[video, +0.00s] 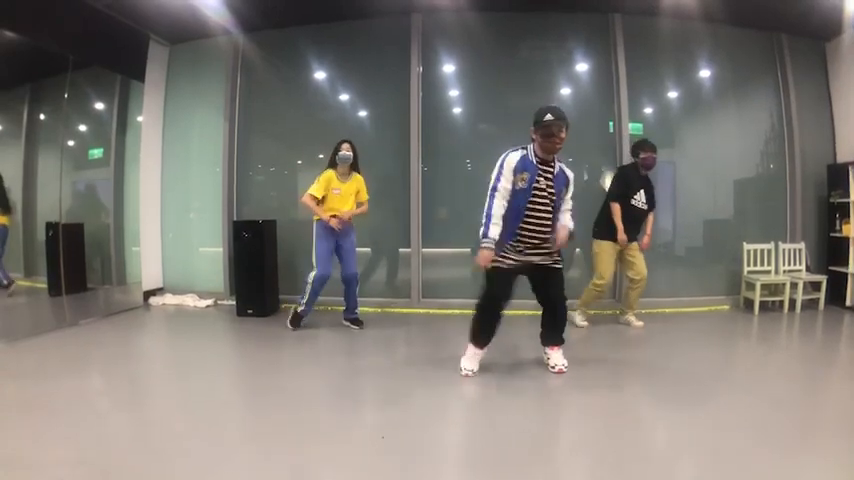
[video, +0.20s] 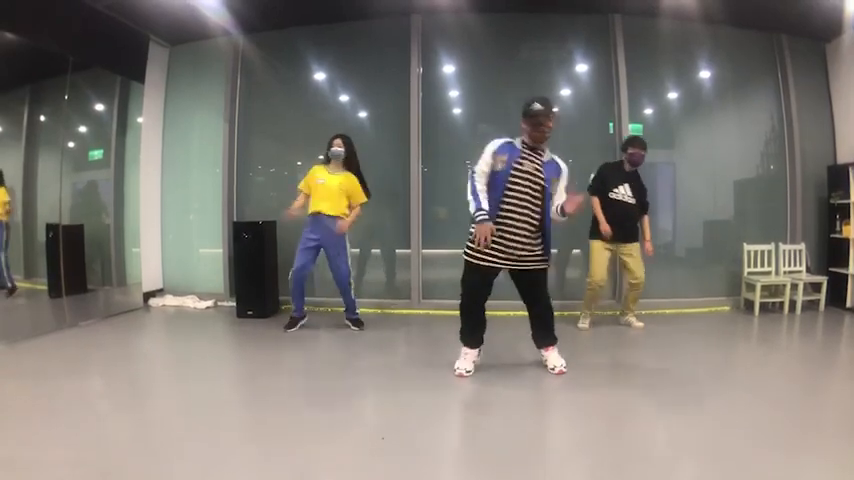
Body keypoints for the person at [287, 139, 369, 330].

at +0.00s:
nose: (345, 153)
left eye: (349, 150)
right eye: (342, 150)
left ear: (354, 156)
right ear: (336, 155)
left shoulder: (358, 179)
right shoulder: (327, 176)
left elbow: (364, 207)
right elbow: (306, 199)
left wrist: (349, 213)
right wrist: (327, 218)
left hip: (346, 228)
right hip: (324, 226)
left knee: (351, 273)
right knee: (323, 272)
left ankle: (351, 314)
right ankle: (301, 312)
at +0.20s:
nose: (336, 149)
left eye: (340, 146)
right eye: (333, 146)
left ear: (347, 151)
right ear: (328, 150)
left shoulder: (350, 178)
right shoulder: (316, 171)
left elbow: (357, 206)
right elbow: (304, 194)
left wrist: (348, 221)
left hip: (335, 223)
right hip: (314, 222)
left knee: (342, 274)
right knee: (299, 269)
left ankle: (352, 314)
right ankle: (298, 313)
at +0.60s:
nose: (303, 141)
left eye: (307, 138)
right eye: (300, 138)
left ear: (313, 145)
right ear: (295, 145)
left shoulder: (321, 167)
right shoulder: (290, 170)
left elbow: (329, 197)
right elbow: (284, 198)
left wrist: (320, 220)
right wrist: (277, 219)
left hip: (313, 216)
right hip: (294, 217)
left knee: (321, 268)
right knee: (293, 270)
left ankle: (332, 313)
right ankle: (295, 315)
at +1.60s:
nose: (283, 147)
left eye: (288, 144)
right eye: (281, 143)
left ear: (294, 149)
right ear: (275, 148)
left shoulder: (302, 172)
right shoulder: (268, 173)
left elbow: (311, 198)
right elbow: (260, 197)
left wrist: (301, 219)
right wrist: (264, 219)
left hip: (295, 220)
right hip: (274, 220)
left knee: (308, 268)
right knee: (270, 270)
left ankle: (327, 311)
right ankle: (265, 315)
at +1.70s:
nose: (282, 144)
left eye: (285, 141)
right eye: (278, 142)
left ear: (292, 146)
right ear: (273, 147)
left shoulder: (303, 171)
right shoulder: (267, 171)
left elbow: (307, 200)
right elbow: (263, 201)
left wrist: (311, 227)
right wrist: (264, 228)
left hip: (297, 218)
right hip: (274, 218)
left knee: (306, 259)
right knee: (271, 269)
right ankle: (266, 315)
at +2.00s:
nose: (291, 148)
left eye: (295, 145)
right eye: (287, 146)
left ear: (302, 150)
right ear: (282, 152)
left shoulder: (313, 177)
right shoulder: (277, 175)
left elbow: (327, 203)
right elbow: (259, 201)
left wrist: (323, 222)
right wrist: (263, 228)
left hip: (301, 226)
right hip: (278, 225)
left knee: (310, 268)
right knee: (269, 273)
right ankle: (258, 316)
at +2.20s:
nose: (307, 143)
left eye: (311, 141)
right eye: (303, 141)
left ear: (318, 147)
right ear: (298, 148)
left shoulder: (324, 175)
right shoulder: (289, 171)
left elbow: (332, 206)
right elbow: (279, 202)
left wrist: (314, 231)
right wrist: (269, 233)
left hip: (312, 224)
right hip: (288, 222)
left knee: (319, 273)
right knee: (281, 273)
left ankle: (327, 320)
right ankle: (277, 301)